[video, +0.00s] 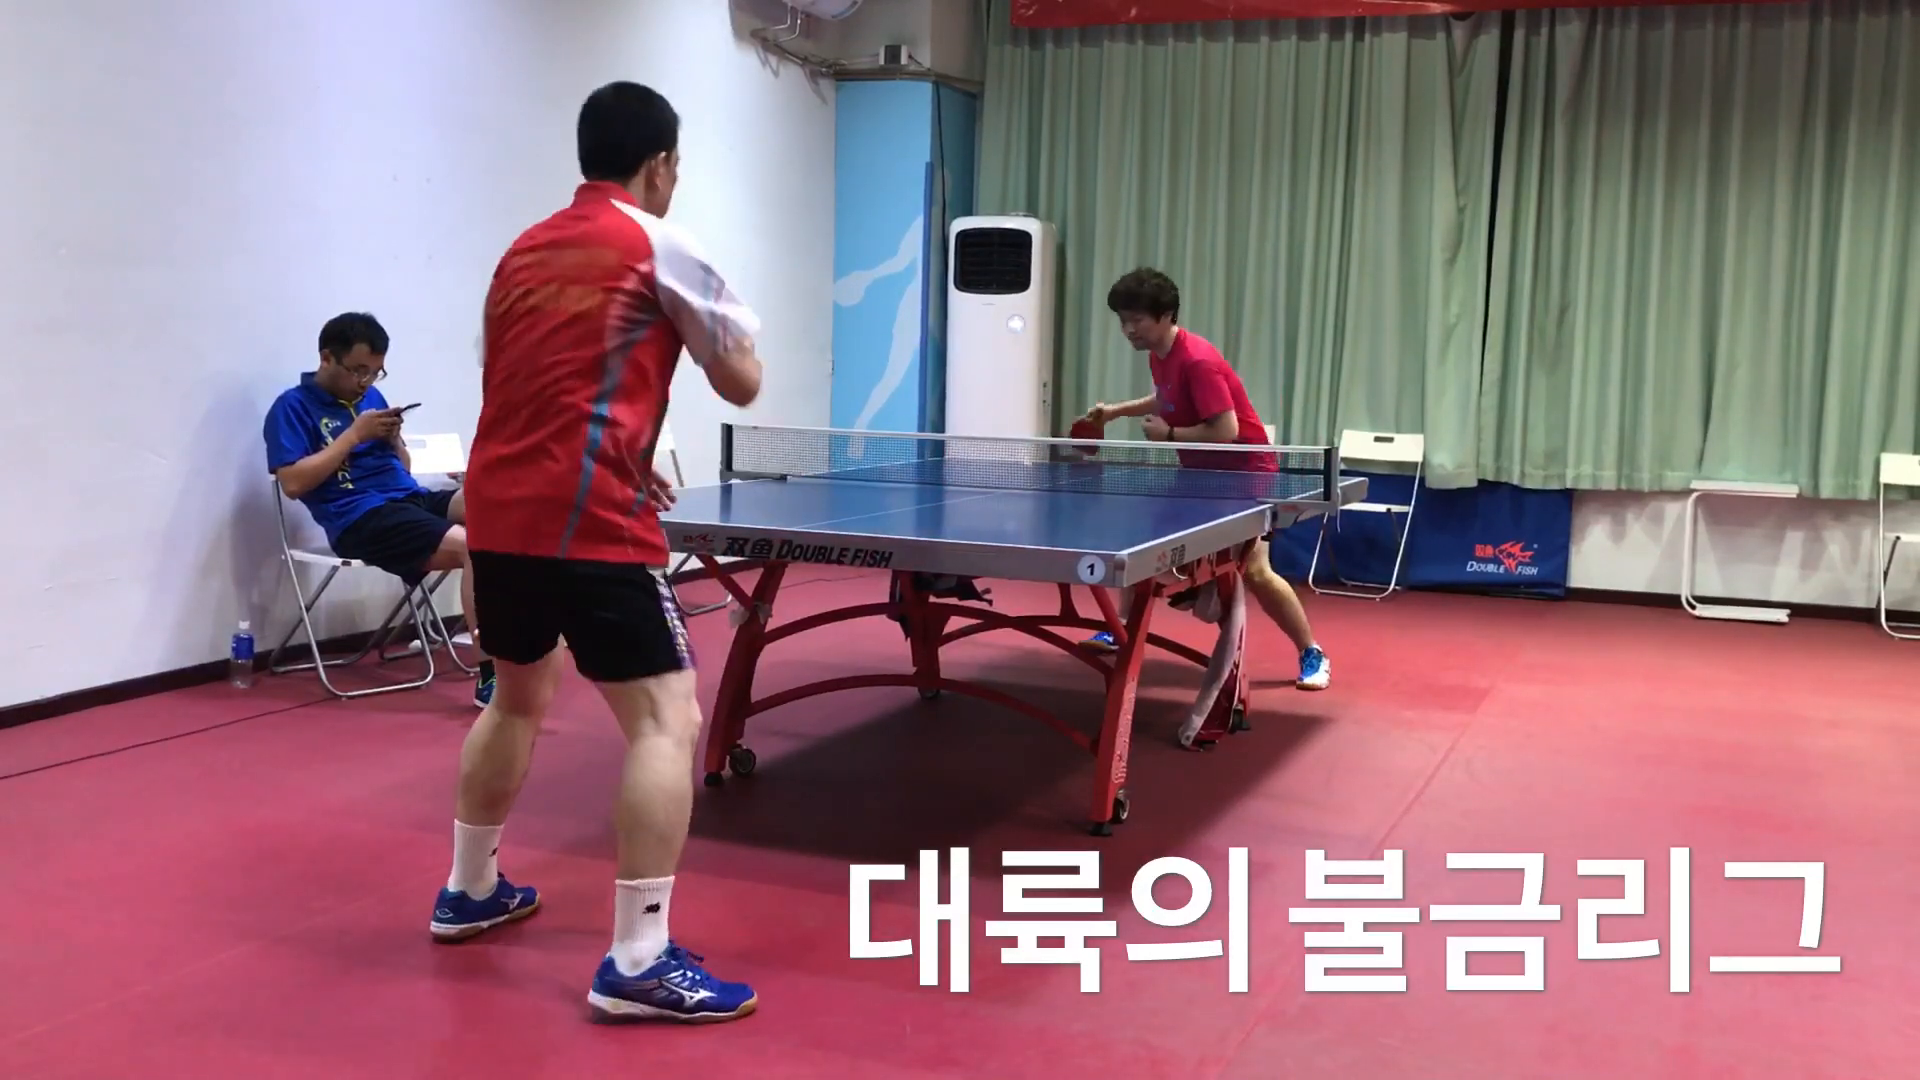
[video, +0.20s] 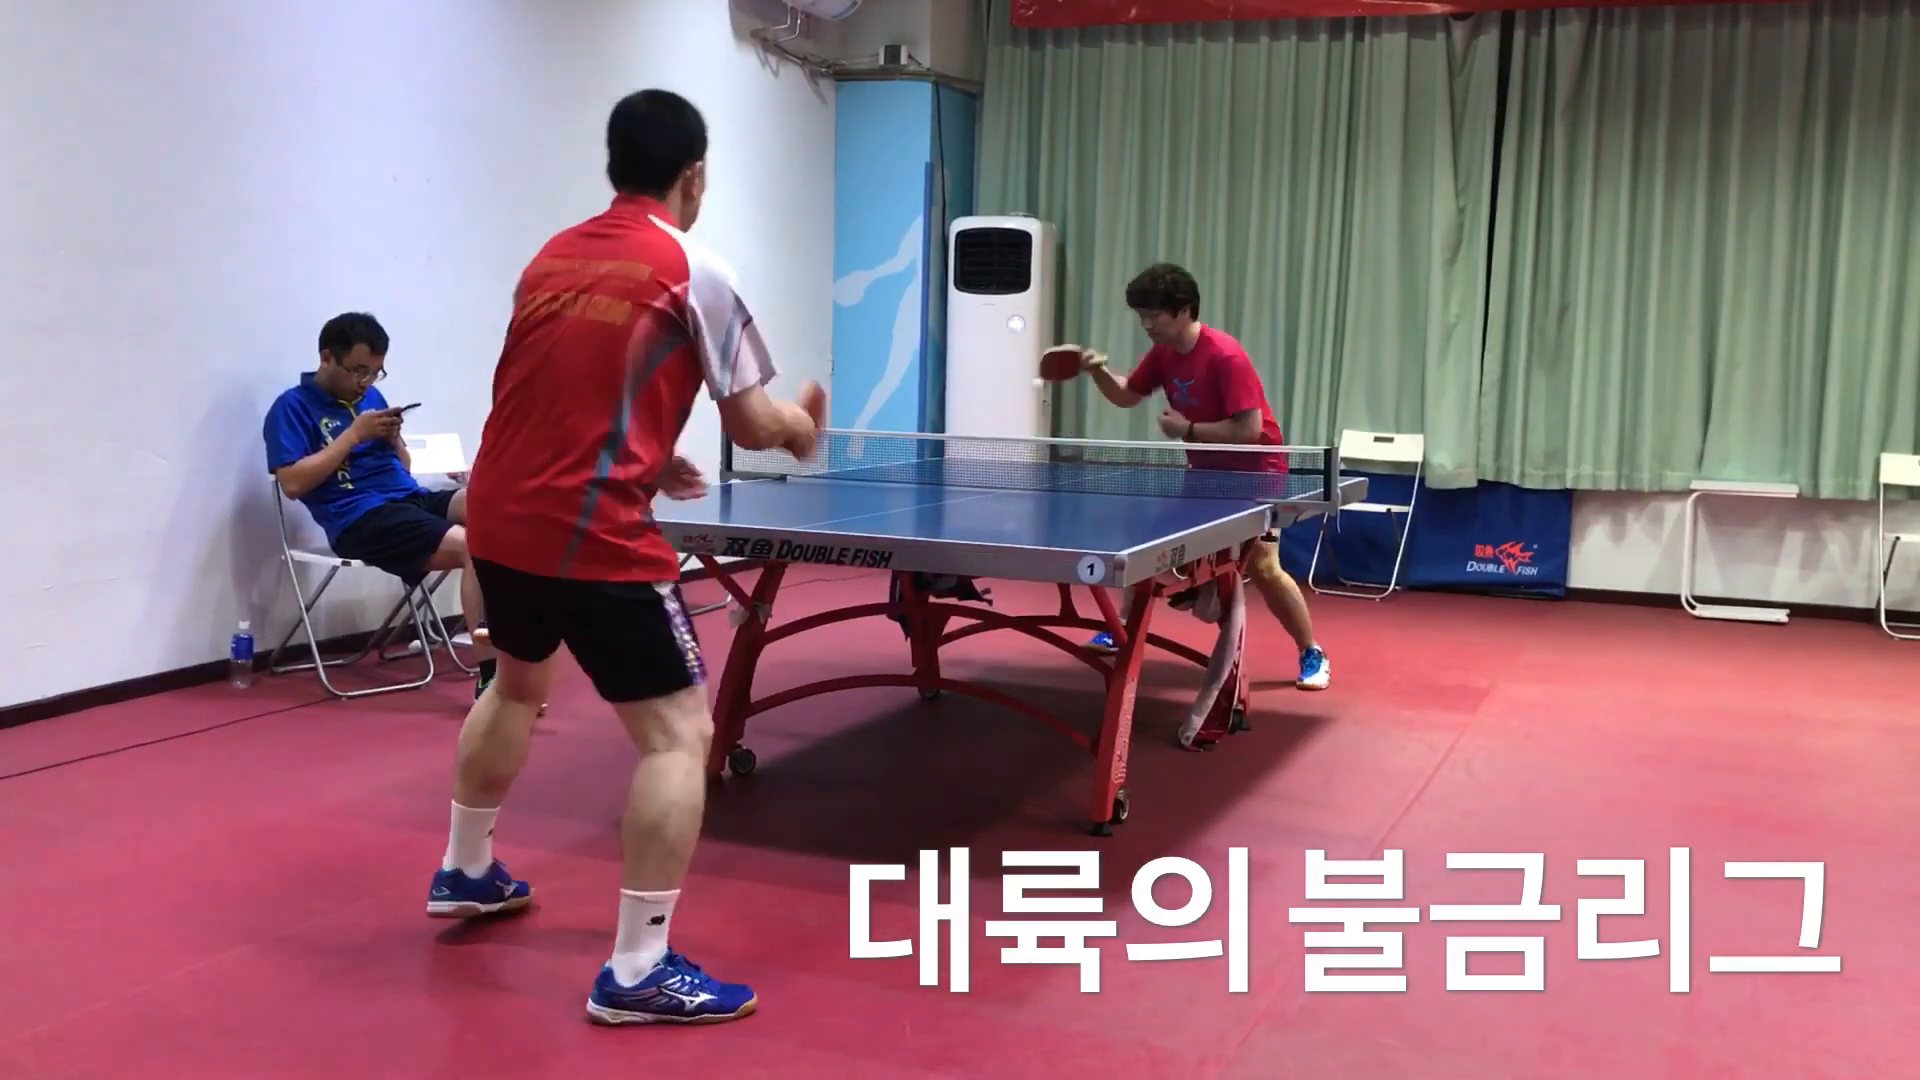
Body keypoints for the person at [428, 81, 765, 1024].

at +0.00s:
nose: (677, 181)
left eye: (676, 168)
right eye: (676, 167)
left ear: (584, 164)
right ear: (657, 166)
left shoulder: (521, 250)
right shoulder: (657, 247)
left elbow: (515, 388)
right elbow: (742, 383)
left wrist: (628, 455)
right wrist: (713, 314)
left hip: (499, 524)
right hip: (598, 529)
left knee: (513, 702)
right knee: (663, 722)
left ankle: (469, 889)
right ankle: (639, 958)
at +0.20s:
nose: (707, 186)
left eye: (704, 173)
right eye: (705, 173)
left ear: (612, 172)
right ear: (690, 178)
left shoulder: (551, 255)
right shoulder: (692, 274)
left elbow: (540, 406)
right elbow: (751, 425)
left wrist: (651, 458)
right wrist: (797, 423)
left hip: (499, 526)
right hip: (600, 544)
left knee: (518, 684)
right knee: (677, 734)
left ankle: (462, 871)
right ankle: (638, 967)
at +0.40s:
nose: (747, 215)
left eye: (747, 197)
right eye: (746, 197)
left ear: (666, 190)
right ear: (718, 198)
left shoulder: (629, 257)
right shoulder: (652, 269)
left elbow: (629, 422)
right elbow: (625, 422)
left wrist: (732, 499)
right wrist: (737, 506)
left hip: (499, 530)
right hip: (555, 542)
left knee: (525, 708)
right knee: (641, 733)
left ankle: (439, 885)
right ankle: (635, 970)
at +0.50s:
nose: (732, 219)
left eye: (734, 203)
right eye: (730, 201)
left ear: (663, 192)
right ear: (693, 198)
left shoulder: (621, 261)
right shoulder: (622, 265)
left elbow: (613, 410)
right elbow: (594, 406)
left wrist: (688, 475)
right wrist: (714, 456)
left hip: (501, 531)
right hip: (550, 539)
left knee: (530, 709)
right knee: (639, 728)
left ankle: (437, 887)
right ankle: (634, 968)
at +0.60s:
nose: (714, 209)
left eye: (715, 191)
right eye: (710, 190)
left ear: (645, 185)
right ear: (674, 188)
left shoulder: (587, 250)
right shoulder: (617, 257)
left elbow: (582, 410)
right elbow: (636, 399)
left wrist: (682, 462)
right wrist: (789, 401)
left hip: (489, 527)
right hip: (548, 536)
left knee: (520, 711)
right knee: (635, 726)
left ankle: (436, 889)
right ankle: (636, 966)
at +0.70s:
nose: (690, 192)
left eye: (691, 176)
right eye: (688, 175)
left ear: (603, 170)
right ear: (659, 173)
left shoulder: (544, 244)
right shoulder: (633, 254)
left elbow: (552, 401)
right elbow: (740, 375)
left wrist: (666, 439)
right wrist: (794, 305)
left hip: (472, 522)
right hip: (561, 528)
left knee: (499, 701)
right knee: (647, 719)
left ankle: (434, 889)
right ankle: (636, 962)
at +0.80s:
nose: (677, 184)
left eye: (676, 170)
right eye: (675, 170)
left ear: (582, 170)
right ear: (654, 172)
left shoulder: (518, 251)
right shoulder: (651, 257)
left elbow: (531, 382)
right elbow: (759, 370)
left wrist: (646, 428)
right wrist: (774, 298)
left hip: (481, 524)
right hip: (585, 533)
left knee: (482, 706)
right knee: (668, 729)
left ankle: (433, 890)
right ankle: (638, 963)